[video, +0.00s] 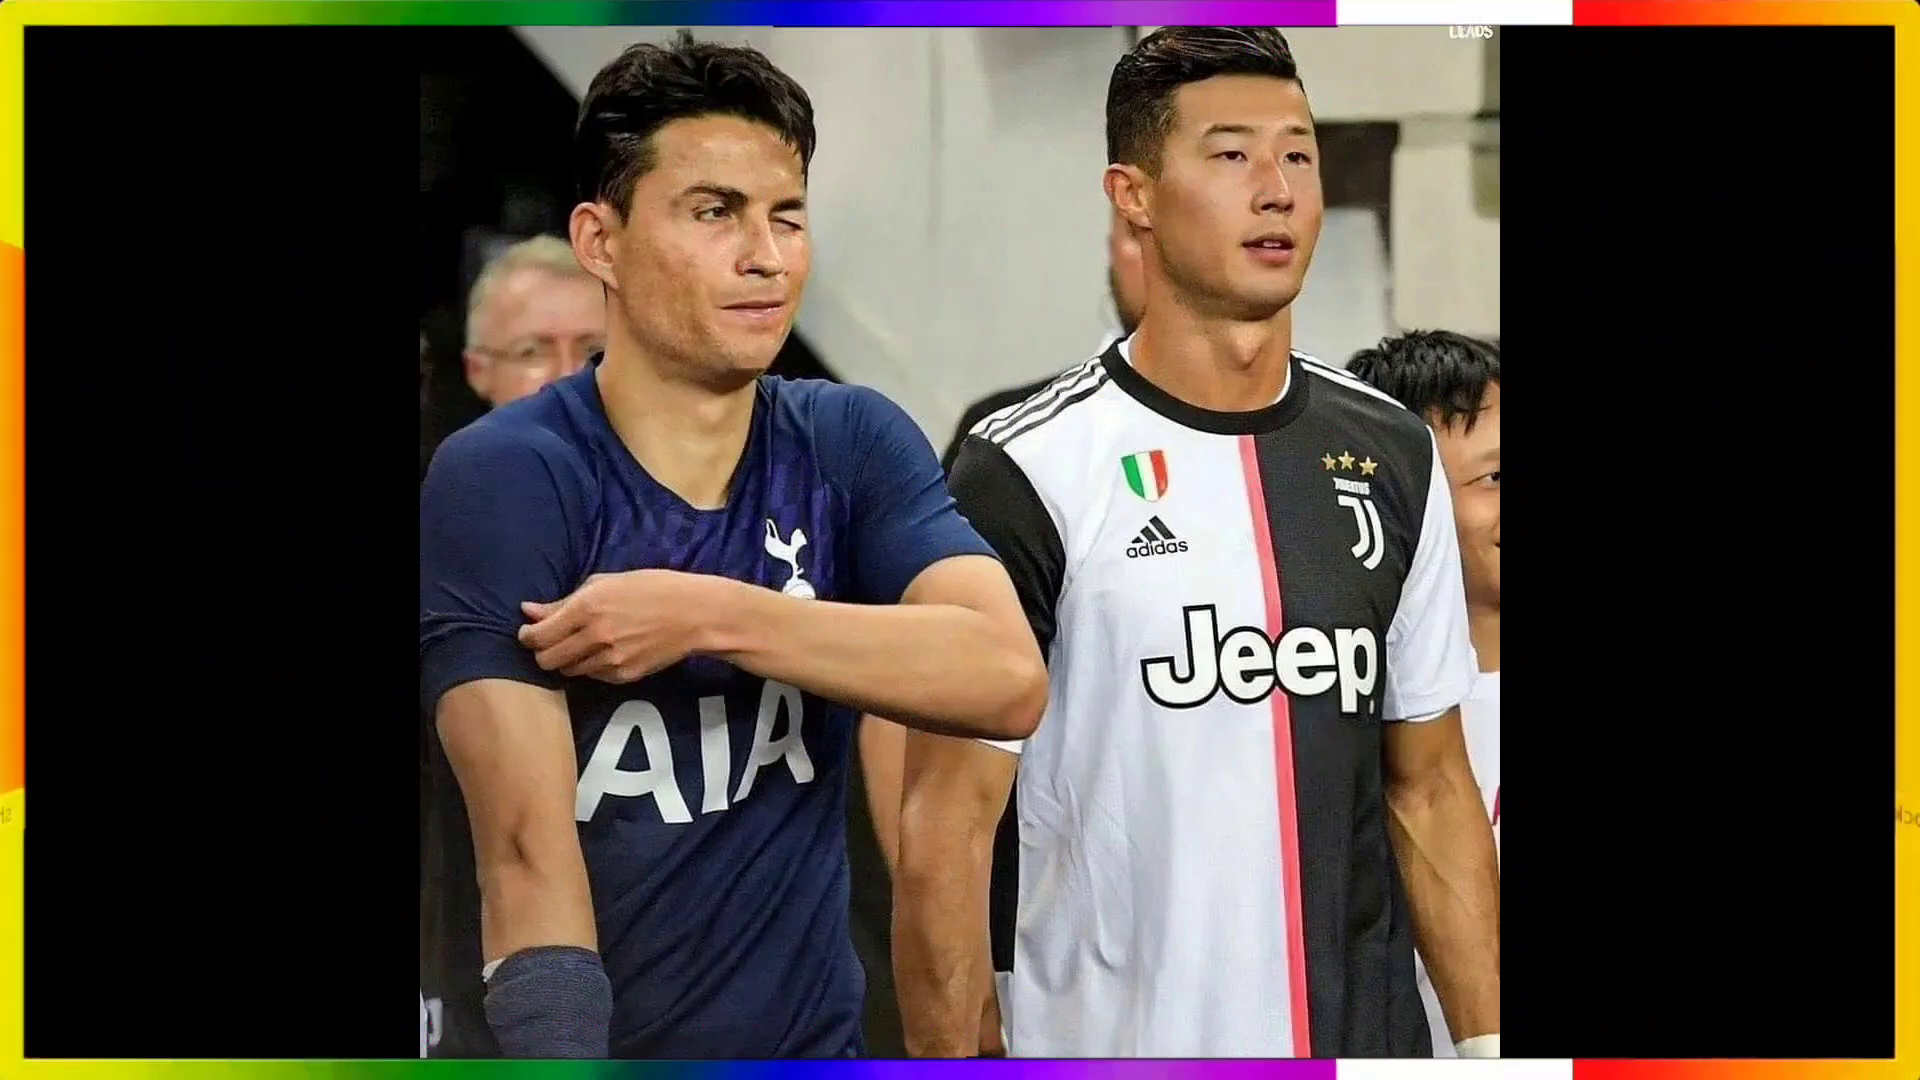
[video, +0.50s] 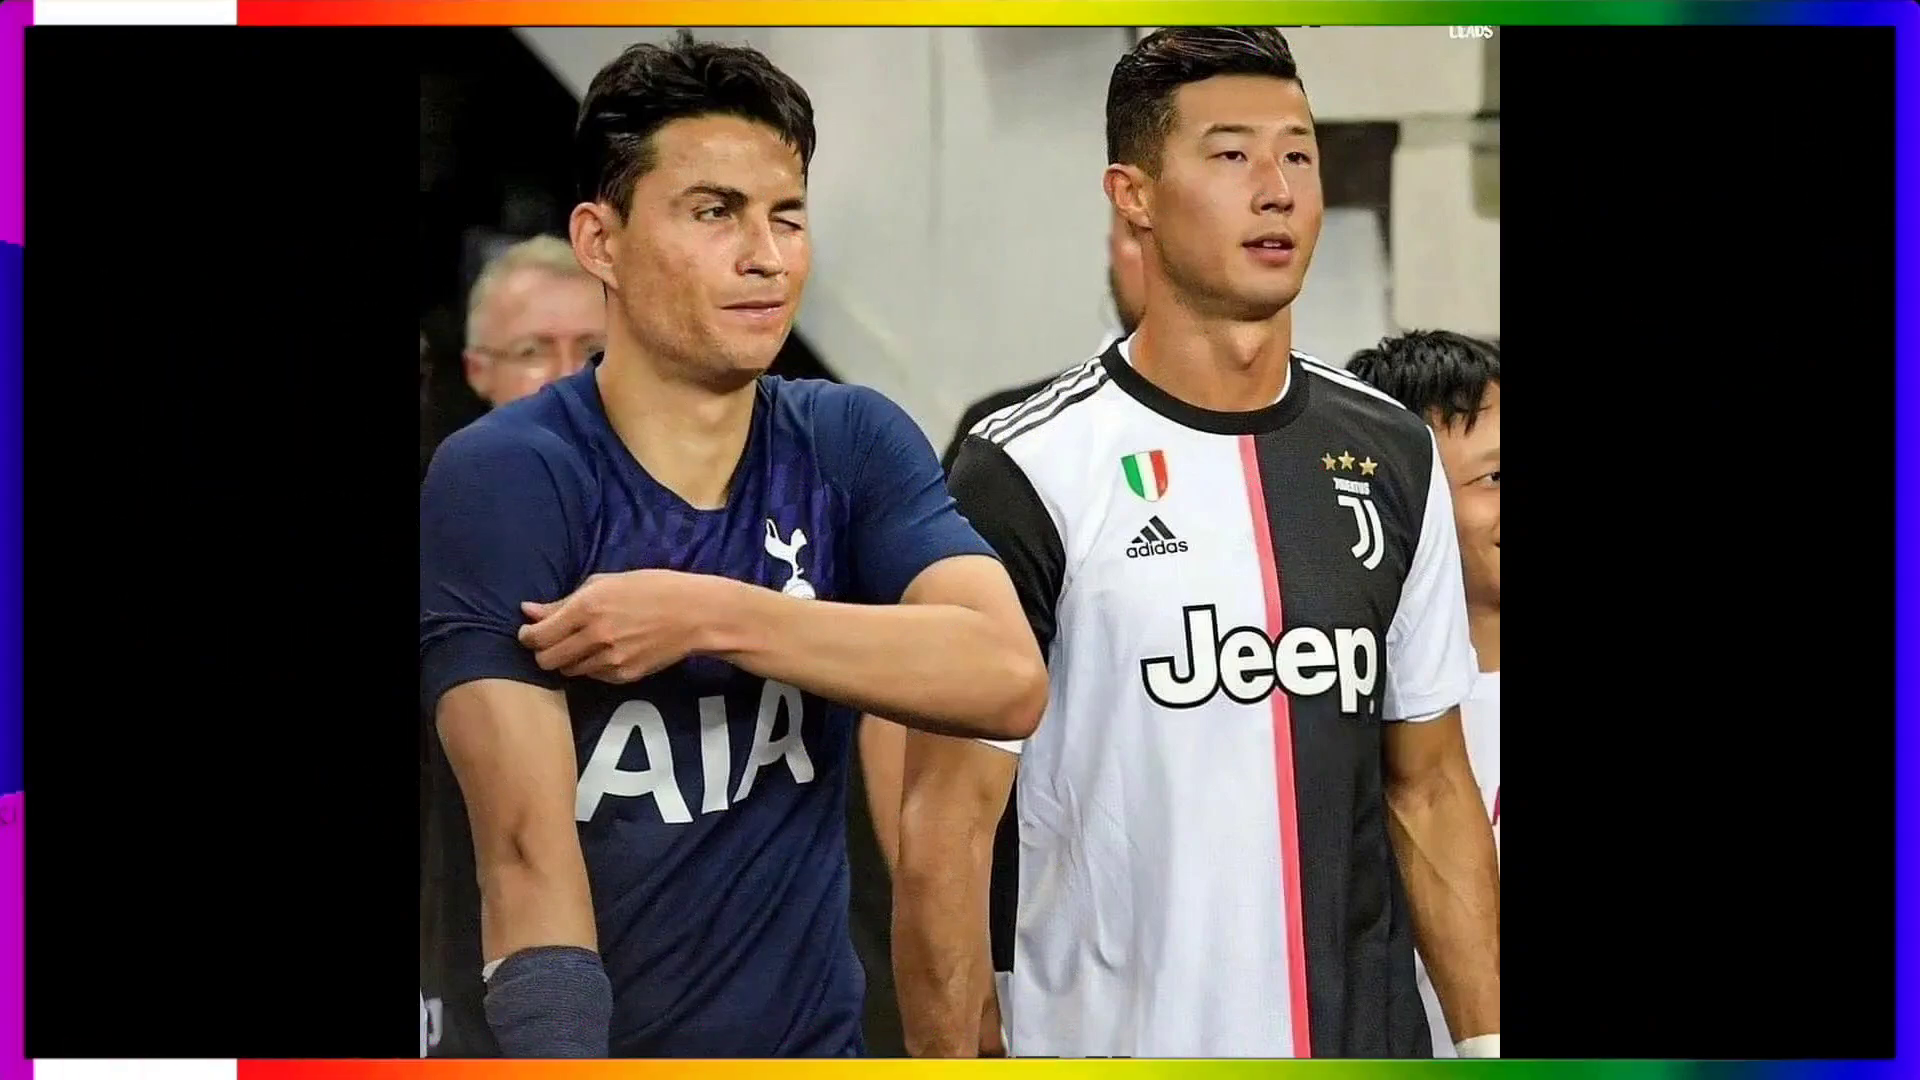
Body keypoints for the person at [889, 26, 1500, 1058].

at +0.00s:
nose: (1279, 193)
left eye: (1297, 159)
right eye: (1230, 157)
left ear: (1319, 187)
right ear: (1134, 198)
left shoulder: (1392, 450)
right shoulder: (1022, 462)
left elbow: (1431, 785)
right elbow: (948, 817)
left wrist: (1483, 1049)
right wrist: (953, 1067)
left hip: (1358, 1046)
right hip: (1106, 1046)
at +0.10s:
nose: (1279, 193)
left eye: (1297, 159)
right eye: (1230, 157)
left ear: (1319, 186)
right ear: (1134, 198)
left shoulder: (1392, 450)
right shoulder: (1022, 462)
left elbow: (1431, 785)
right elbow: (948, 816)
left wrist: (1485, 1046)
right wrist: (952, 1063)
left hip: (1361, 1045)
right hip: (1108, 1046)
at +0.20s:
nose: (1279, 193)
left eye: (1297, 158)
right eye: (1230, 156)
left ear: (1319, 186)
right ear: (1134, 197)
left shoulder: (1392, 451)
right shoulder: (1022, 462)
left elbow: (1431, 785)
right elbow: (948, 817)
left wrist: (1483, 1046)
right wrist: (953, 1068)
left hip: (1363, 1043)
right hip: (1110, 1044)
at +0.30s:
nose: (1279, 193)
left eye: (1297, 158)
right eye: (1230, 156)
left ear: (1319, 185)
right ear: (1134, 197)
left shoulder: (1392, 451)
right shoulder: (1022, 462)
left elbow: (1431, 785)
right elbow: (948, 817)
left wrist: (1482, 1046)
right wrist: (952, 1068)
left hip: (1359, 1043)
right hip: (1109, 1044)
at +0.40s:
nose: (1279, 193)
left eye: (1297, 158)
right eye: (1230, 156)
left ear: (1319, 186)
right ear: (1134, 197)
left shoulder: (1392, 451)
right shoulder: (1022, 462)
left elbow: (1431, 785)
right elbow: (949, 816)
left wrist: (1483, 1046)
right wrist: (952, 1067)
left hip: (1360, 1045)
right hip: (1108, 1045)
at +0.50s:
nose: (1279, 193)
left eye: (1297, 159)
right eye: (1230, 157)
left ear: (1319, 186)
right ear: (1134, 198)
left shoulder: (1392, 451)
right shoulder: (1022, 462)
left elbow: (1430, 784)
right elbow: (949, 816)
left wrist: (1484, 1046)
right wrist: (953, 1067)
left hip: (1359, 1046)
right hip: (1108, 1045)